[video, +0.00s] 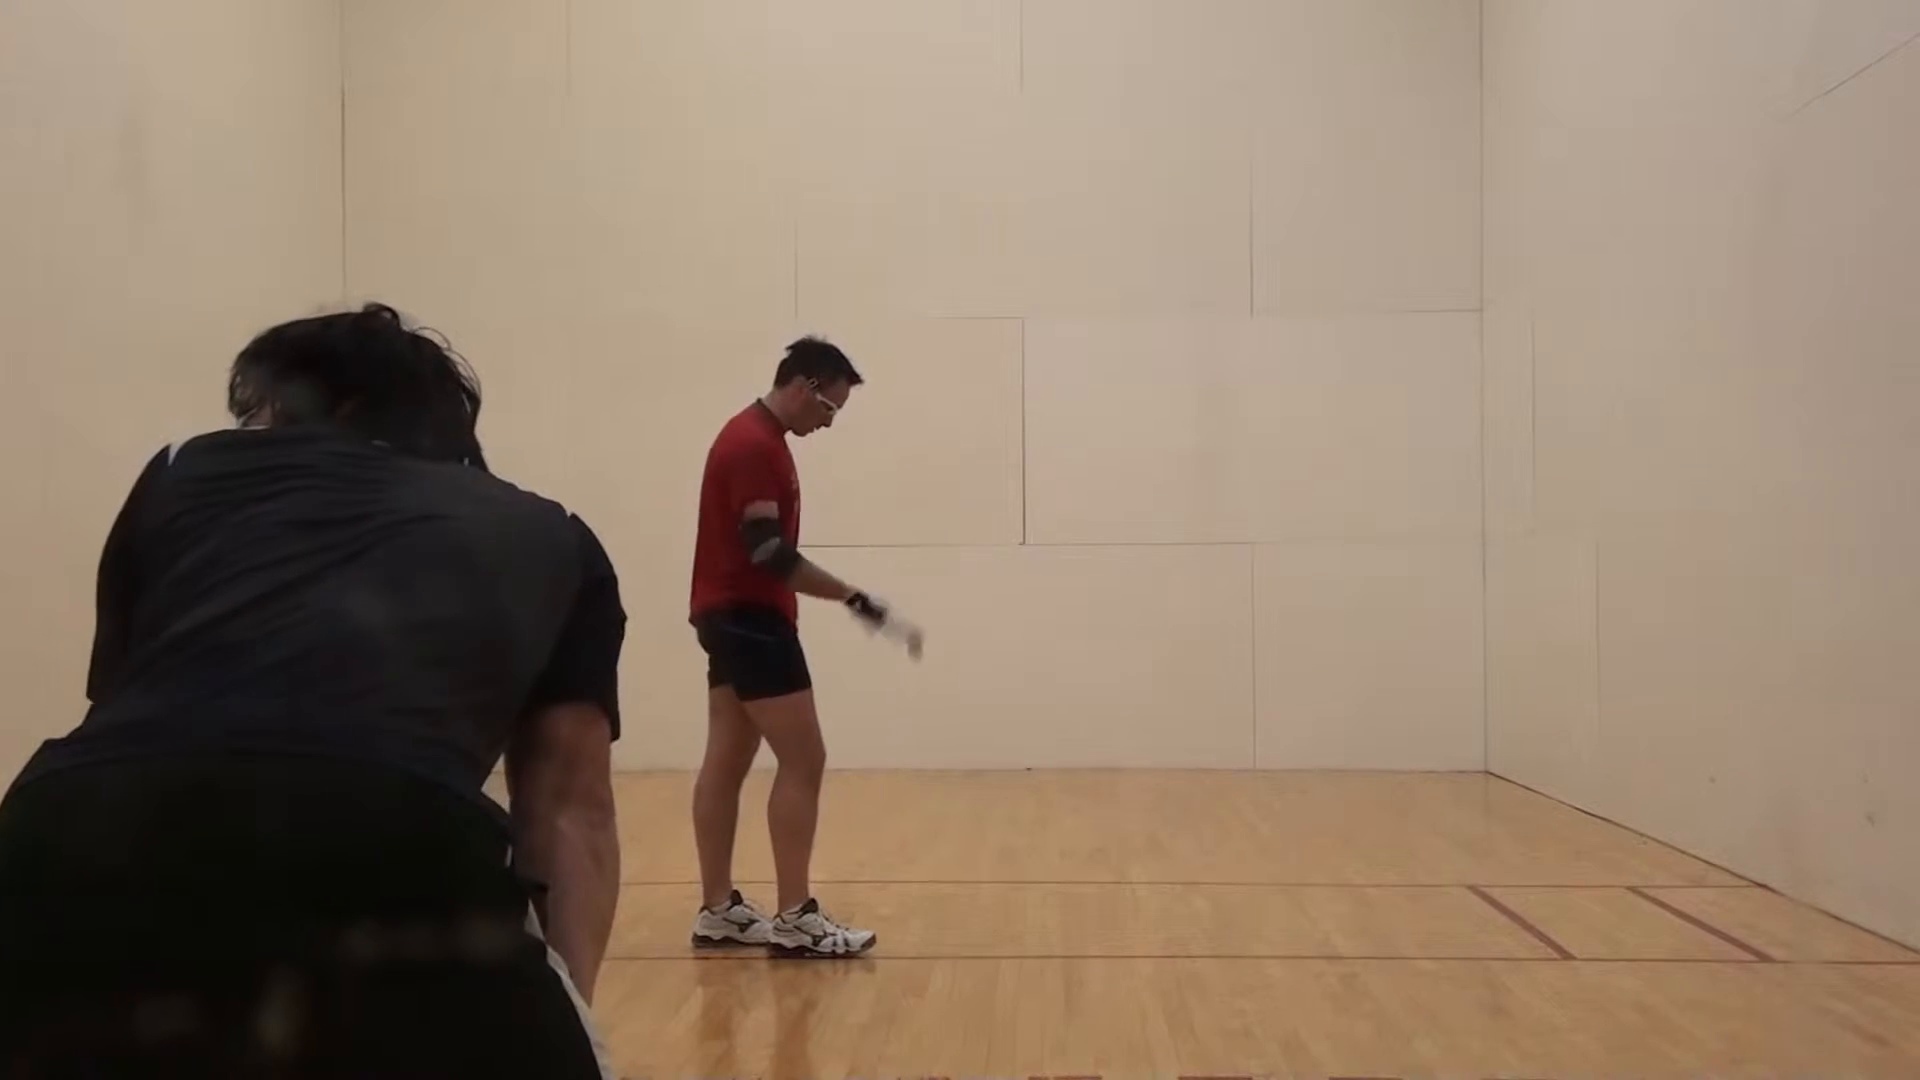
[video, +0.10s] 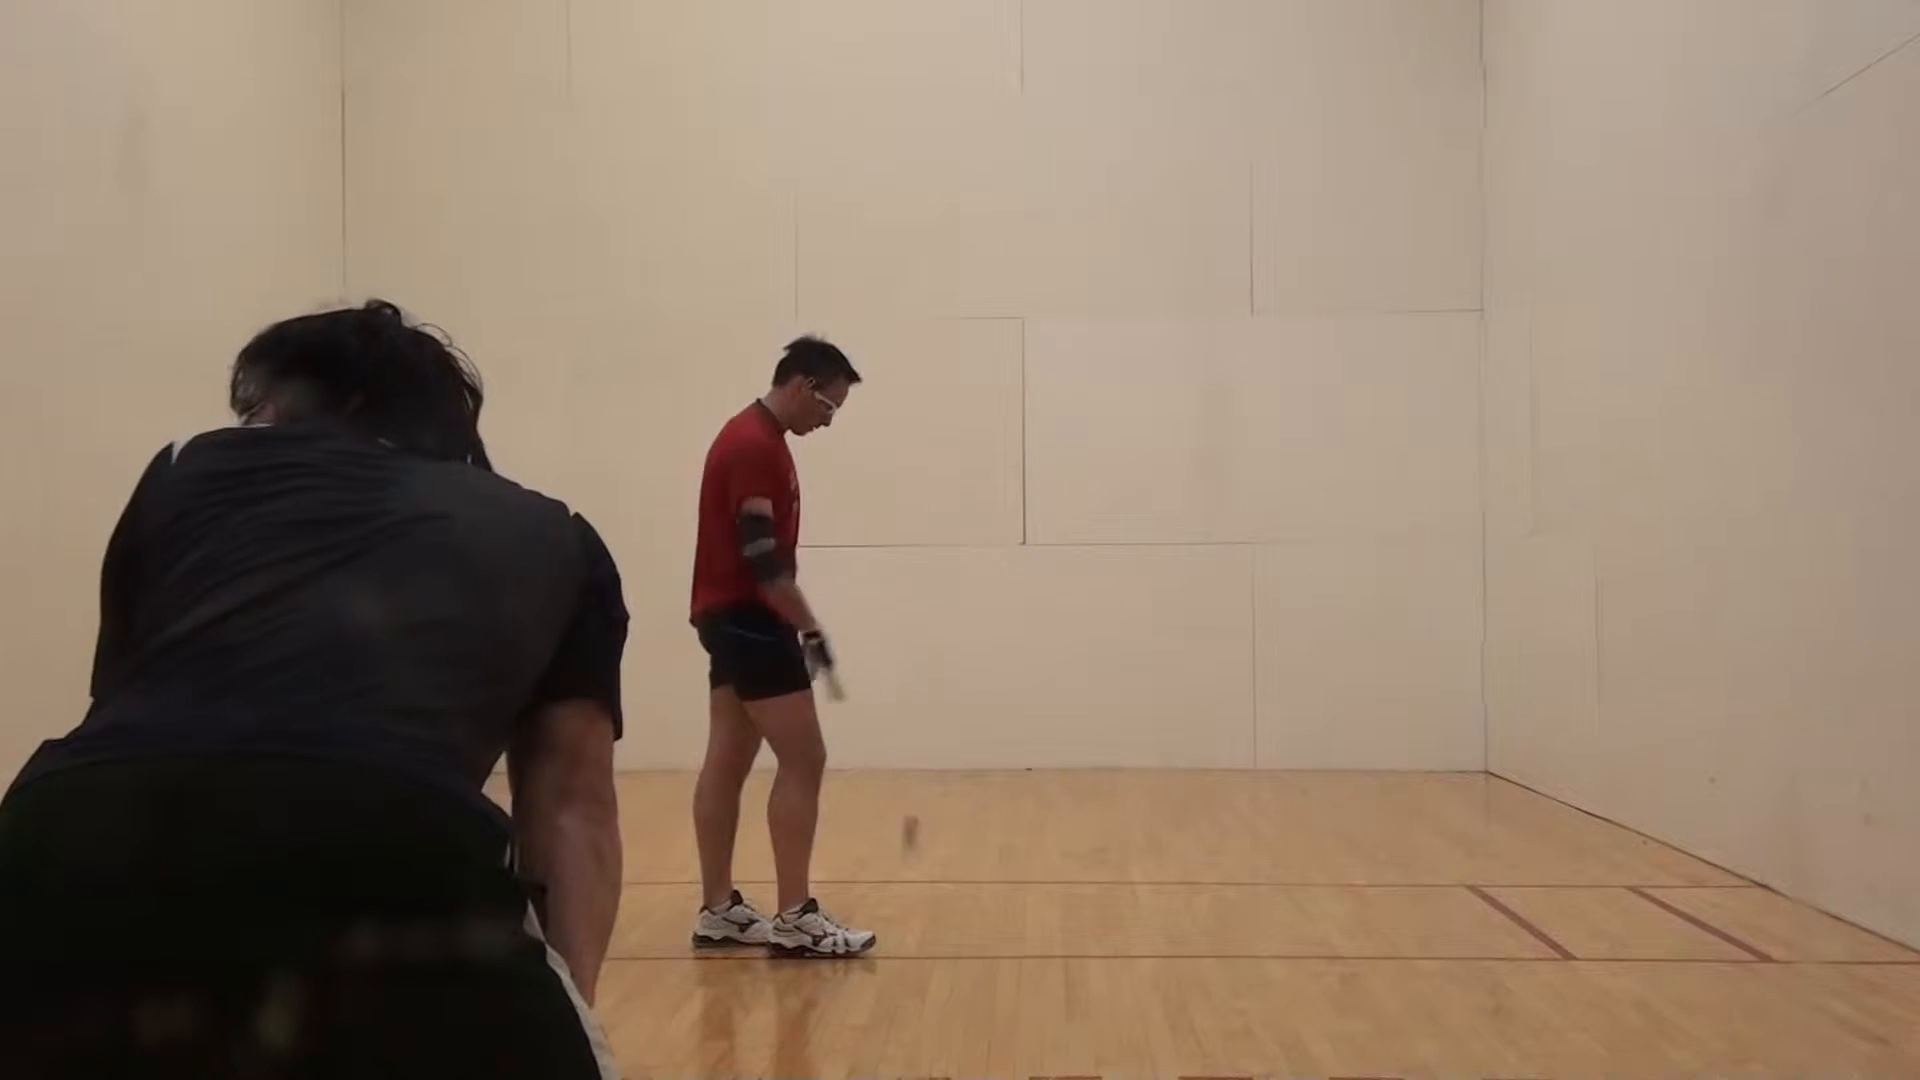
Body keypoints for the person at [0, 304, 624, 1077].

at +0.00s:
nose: (240, 430)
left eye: (252, 414)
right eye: (243, 416)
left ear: (285, 415)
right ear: (448, 438)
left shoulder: (180, 473)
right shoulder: (551, 535)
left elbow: (114, 708)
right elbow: (570, 806)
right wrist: (559, 1018)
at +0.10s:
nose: (243, 428)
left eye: (256, 412)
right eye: (246, 414)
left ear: (291, 411)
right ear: (449, 433)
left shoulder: (184, 469)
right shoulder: (553, 533)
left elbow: (119, 709)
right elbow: (572, 802)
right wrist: (563, 1015)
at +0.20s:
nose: (241, 426)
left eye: (253, 410)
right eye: (244, 412)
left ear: (289, 410)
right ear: (450, 429)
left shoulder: (188, 467)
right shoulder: (556, 531)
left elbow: (120, 711)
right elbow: (575, 803)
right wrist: (564, 1019)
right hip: (404, 864)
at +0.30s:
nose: (243, 426)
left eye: (253, 410)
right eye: (244, 412)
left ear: (286, 410)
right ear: (452, 426)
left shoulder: (190, 467)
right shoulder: (559, 530)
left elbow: (122, 710)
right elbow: (577, 802)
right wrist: (565, 1018)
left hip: (78, 851)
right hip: (403, 860)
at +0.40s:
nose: (245, 427)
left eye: (256, 410)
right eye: (247, 412)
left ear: (290, 410)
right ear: (454, 425)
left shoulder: (192, 467)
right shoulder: (560, 528)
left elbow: (124, 710)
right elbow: (579, 801)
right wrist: (565, 1020)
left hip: (79, 848)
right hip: (401, 857)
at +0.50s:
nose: (248, 426)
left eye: (261, 410)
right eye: (252, 412)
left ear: (296, 411)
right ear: (457, 425)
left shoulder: (193, 466)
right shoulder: (561, 527)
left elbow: (126, 707)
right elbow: (580, 799)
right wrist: (566, 1021)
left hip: (75, 852)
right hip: (399, 862)